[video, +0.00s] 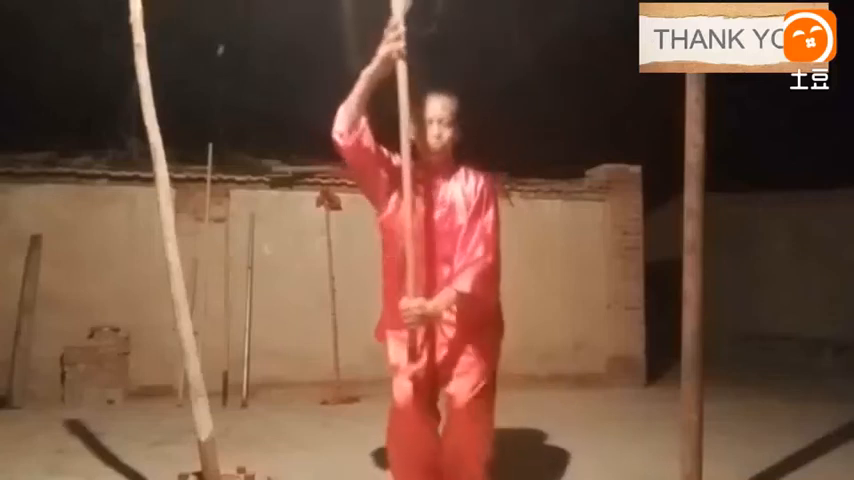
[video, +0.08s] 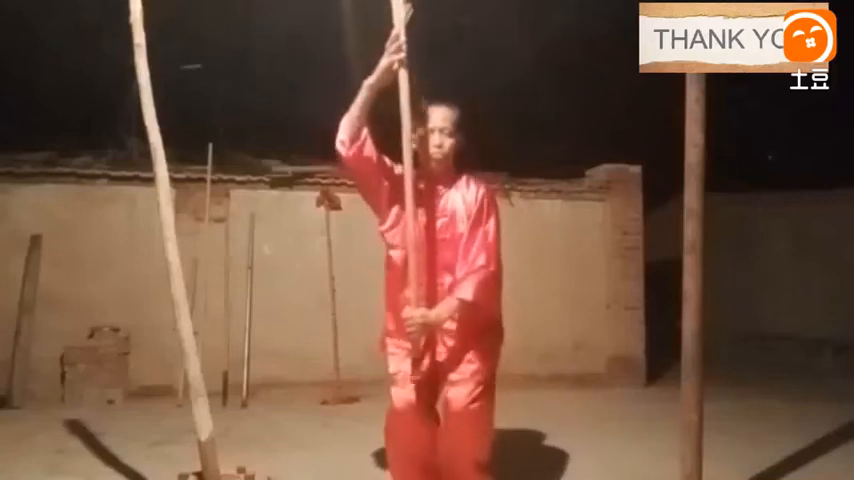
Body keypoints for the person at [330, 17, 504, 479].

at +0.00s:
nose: (438, 130)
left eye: (446, 122)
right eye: (431, 121)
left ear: (459, 128)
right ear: (416, 125)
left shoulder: (476, 184)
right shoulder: (391, 177)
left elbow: (480, 262)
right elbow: (346, 133)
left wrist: (436, 305)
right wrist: (376, 67)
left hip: (466, 323)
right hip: (406, 324)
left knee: (466, 408)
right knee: (406, 408)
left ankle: (467, 478)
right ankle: (415, 478)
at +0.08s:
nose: (437, 139)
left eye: (446, 131)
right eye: (429, 130)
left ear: (460, 140)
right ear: (415, 136)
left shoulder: (476, 195)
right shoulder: (394, 188)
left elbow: (481, 271)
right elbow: (349, 144)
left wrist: (439, 314)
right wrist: (375, 81)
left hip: (464, 335)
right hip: (406, 335)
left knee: (462, 414)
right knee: (405, 416)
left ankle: (466, 477)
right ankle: (411, 478)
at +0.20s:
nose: (437, 142)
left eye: (446, 134)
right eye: (430, 133)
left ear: (460, 142)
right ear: (416, 139)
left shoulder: (475, 197)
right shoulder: (394, 190)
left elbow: (481, 272)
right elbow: (349, 147)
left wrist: (440, 316)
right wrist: (376, 83)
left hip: (464, 336)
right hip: (406, 336)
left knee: (463, 417)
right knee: (405, 419)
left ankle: (465, 477)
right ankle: (410, 478)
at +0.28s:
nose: (436, 143)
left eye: (445, 136)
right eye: (429, 135)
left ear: (460, 144)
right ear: (415, 141)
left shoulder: (475, 198)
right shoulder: (394, 191)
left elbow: (481, 272)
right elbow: (349, 148)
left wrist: (440, 317)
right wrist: (376, 85)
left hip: (463, 335)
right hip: (406, 336)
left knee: (463, 415)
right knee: (405, 416)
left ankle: (466, 478)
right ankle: (411, 479)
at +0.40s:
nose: (436, 143)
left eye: (445, 135)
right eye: (429, 134)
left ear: (459, 144)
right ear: (415, 140)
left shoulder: (475, 197)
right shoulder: (394, 191)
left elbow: (481, 273)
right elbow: (348, 147)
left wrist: (439, 317)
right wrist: (375, 85)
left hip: (464, 335)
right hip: (406, 335)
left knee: (464, 414)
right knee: (405, 415)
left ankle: (467, 478)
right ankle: (413, 478)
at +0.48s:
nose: (434, 142)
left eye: (443, 134)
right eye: (427, 133)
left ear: (458, 143)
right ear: (413, 139)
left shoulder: (474, 196)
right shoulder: (393, 190)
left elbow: (479, 273)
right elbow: (347, 146)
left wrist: (436, 316)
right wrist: (374, 84)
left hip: (463, 332)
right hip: (405, 333)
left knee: (462, 412)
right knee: (405, 414)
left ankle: (466, 478)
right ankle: (413, 478)